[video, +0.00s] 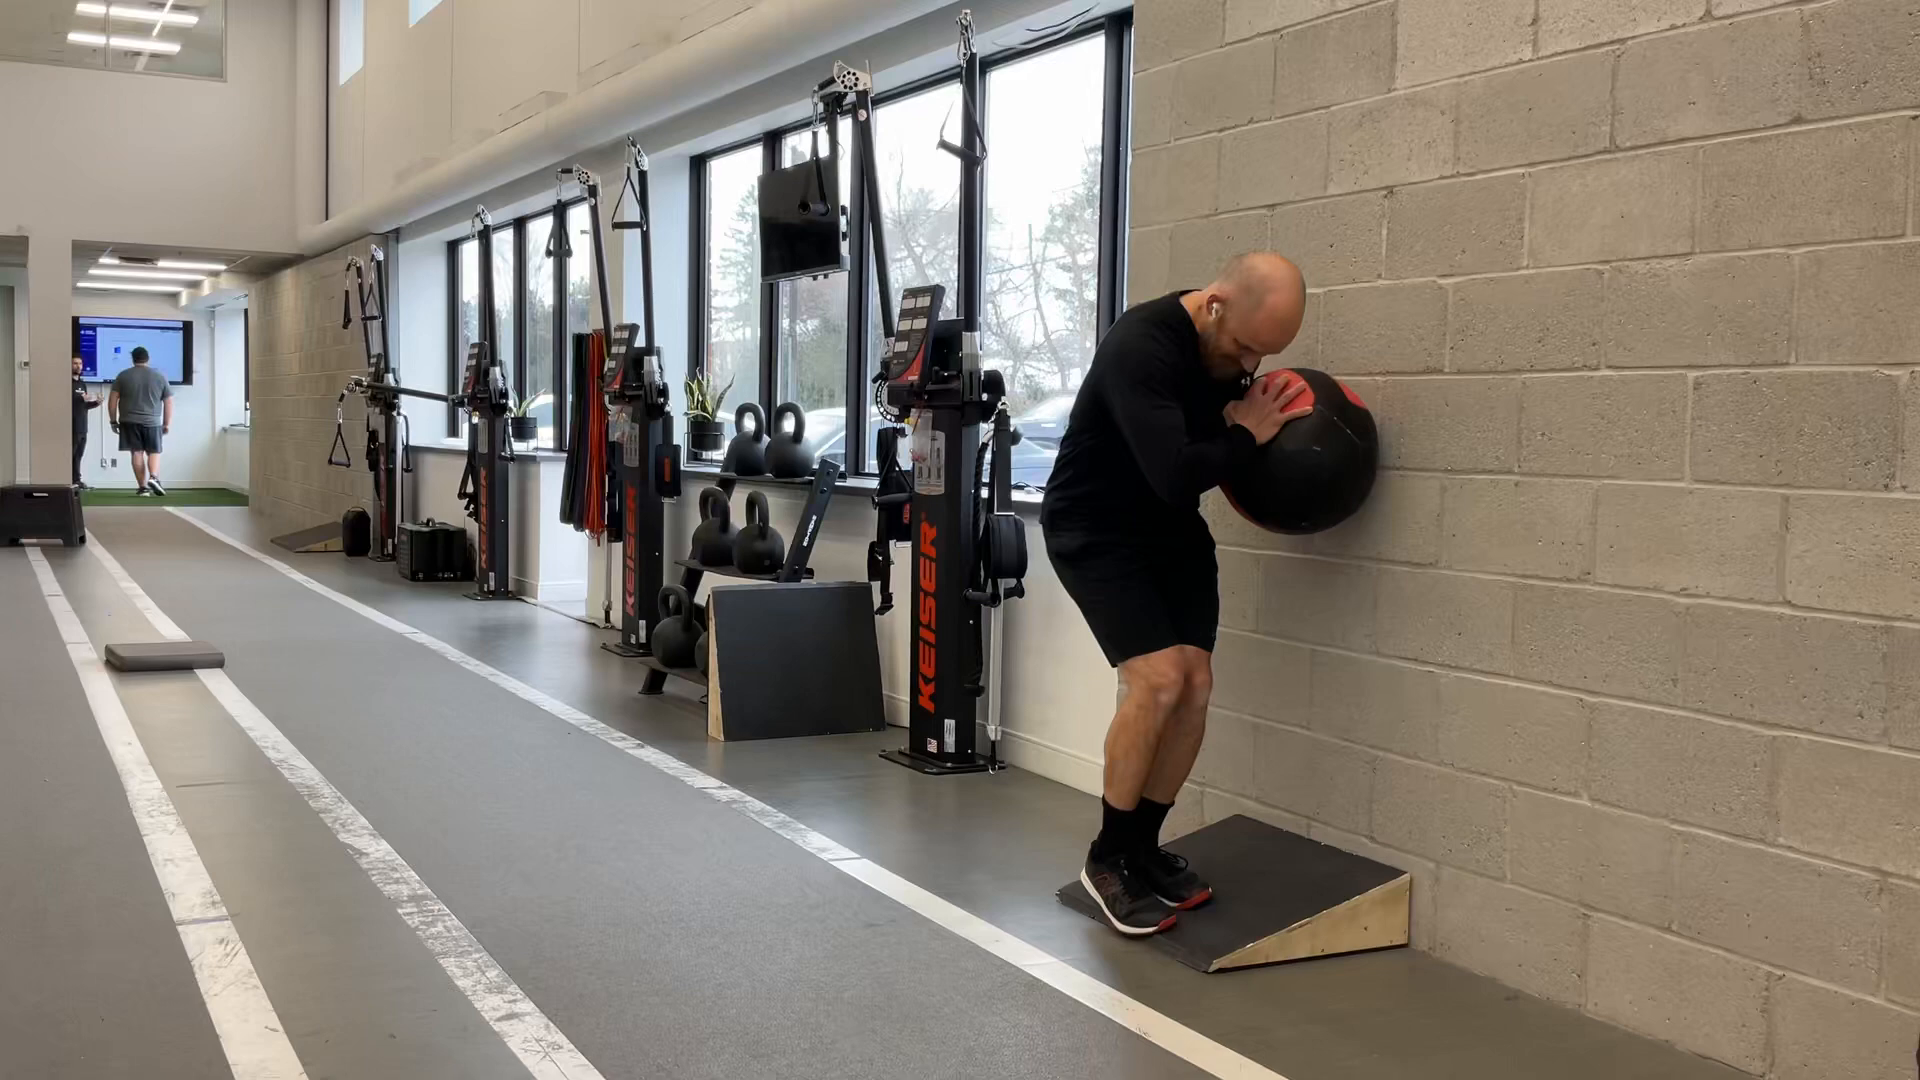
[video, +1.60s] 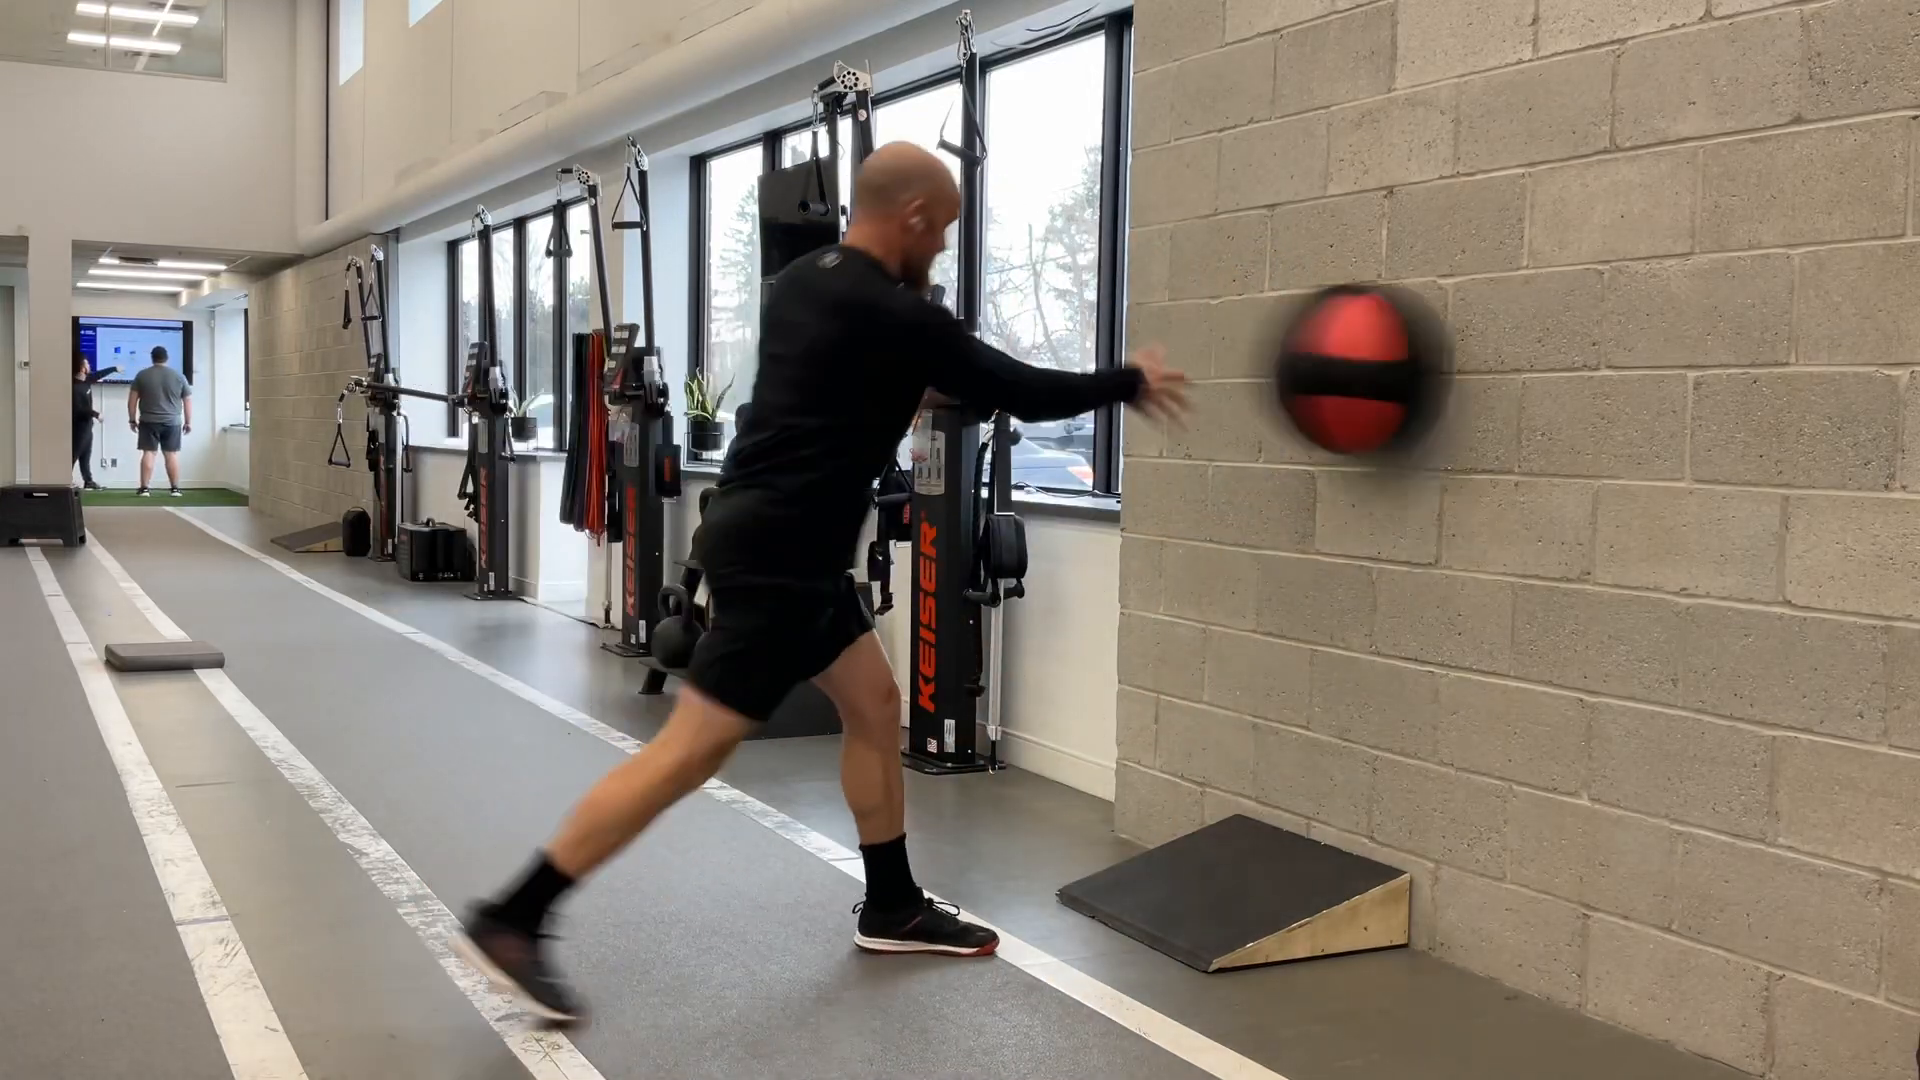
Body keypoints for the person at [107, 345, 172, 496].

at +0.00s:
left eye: (136, 359)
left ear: (133, 360)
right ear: (148, 359)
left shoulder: (123, 375)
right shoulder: (158, 376)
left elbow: (113, 399)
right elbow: (168, 401)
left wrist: (113, 420)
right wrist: (166, 423)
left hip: (129, 422)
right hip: (151, 423)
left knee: (136, 453)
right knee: (154, 452)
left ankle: (143, 487)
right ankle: (154, 477)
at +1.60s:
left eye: (155, 358)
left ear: (152, 358)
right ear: (167, 358)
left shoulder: (142, 375)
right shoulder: (178, 376)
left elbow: (133, 398)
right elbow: (187, 400)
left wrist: (132, 419)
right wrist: (188, 422)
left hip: (148, 422)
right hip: (171, 423)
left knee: (148, 453)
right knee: (171, 455)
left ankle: (144, 487)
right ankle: (175, 487)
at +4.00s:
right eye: (161, 358)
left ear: (149, 359)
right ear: (164, 359)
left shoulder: (138, 375)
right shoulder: (173, 377)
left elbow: (129, 399)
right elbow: (184, 400)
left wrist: (130, 420)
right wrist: (185, 423)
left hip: (145, 422)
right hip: (167, 423)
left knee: (143, 453)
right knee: (162, 452)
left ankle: (141, 485)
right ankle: (160, 487)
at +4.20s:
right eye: (164, 358)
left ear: (151, 359)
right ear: (166, 359)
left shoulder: (140, 375)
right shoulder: (175, 377)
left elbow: (131, 399)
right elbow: (186, 400)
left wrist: (131, 419)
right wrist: (186, 423)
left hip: (146, 422)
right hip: (168, 423)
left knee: (145, 452)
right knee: (163, 453)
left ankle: (143, 484)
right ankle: (160, 487)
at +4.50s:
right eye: (164, 358)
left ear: (151, 359)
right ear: (166, 359)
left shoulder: (141, 375)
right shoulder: (176, 376)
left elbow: (131, 398)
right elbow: (186, 401)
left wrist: (131, 420)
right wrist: (186, 423)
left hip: (147, 422)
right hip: (169, 423)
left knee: (145, 452)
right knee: (163, 452)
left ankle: (145, 482)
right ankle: (160, 487)